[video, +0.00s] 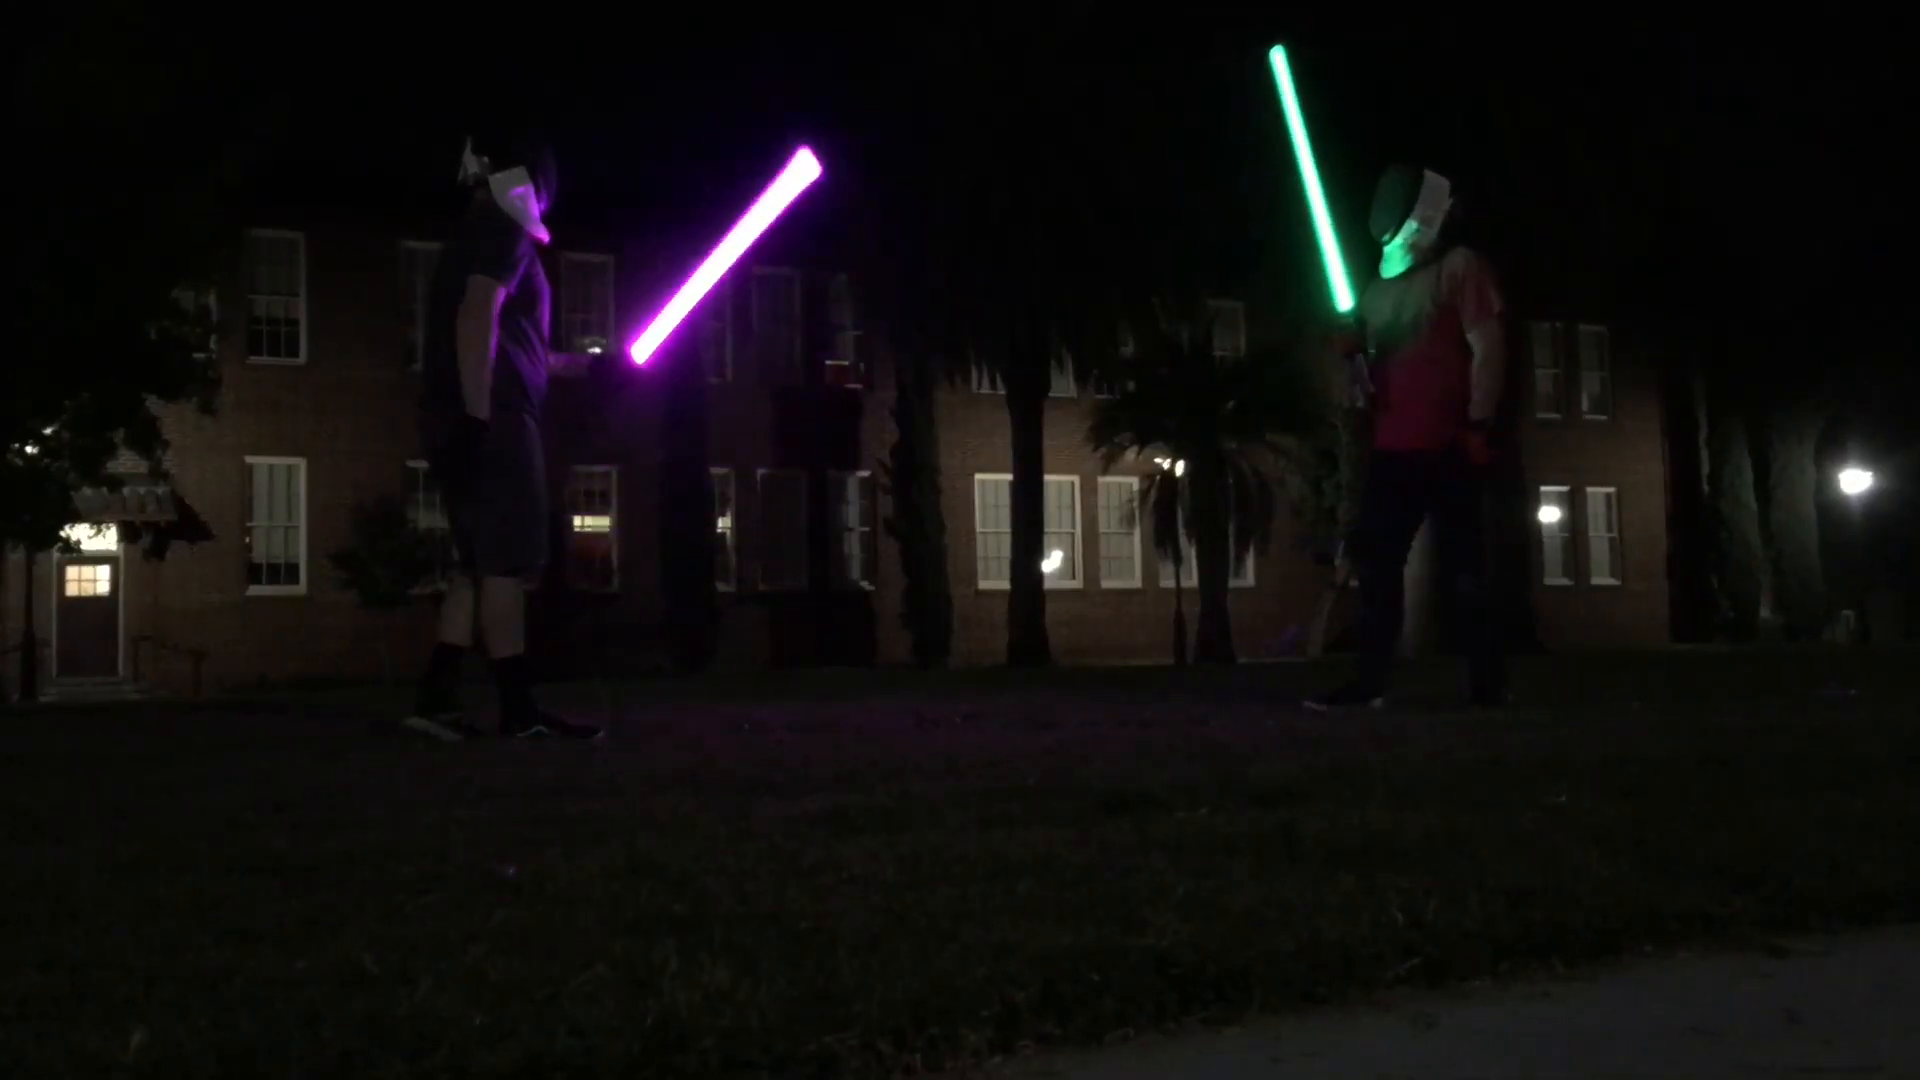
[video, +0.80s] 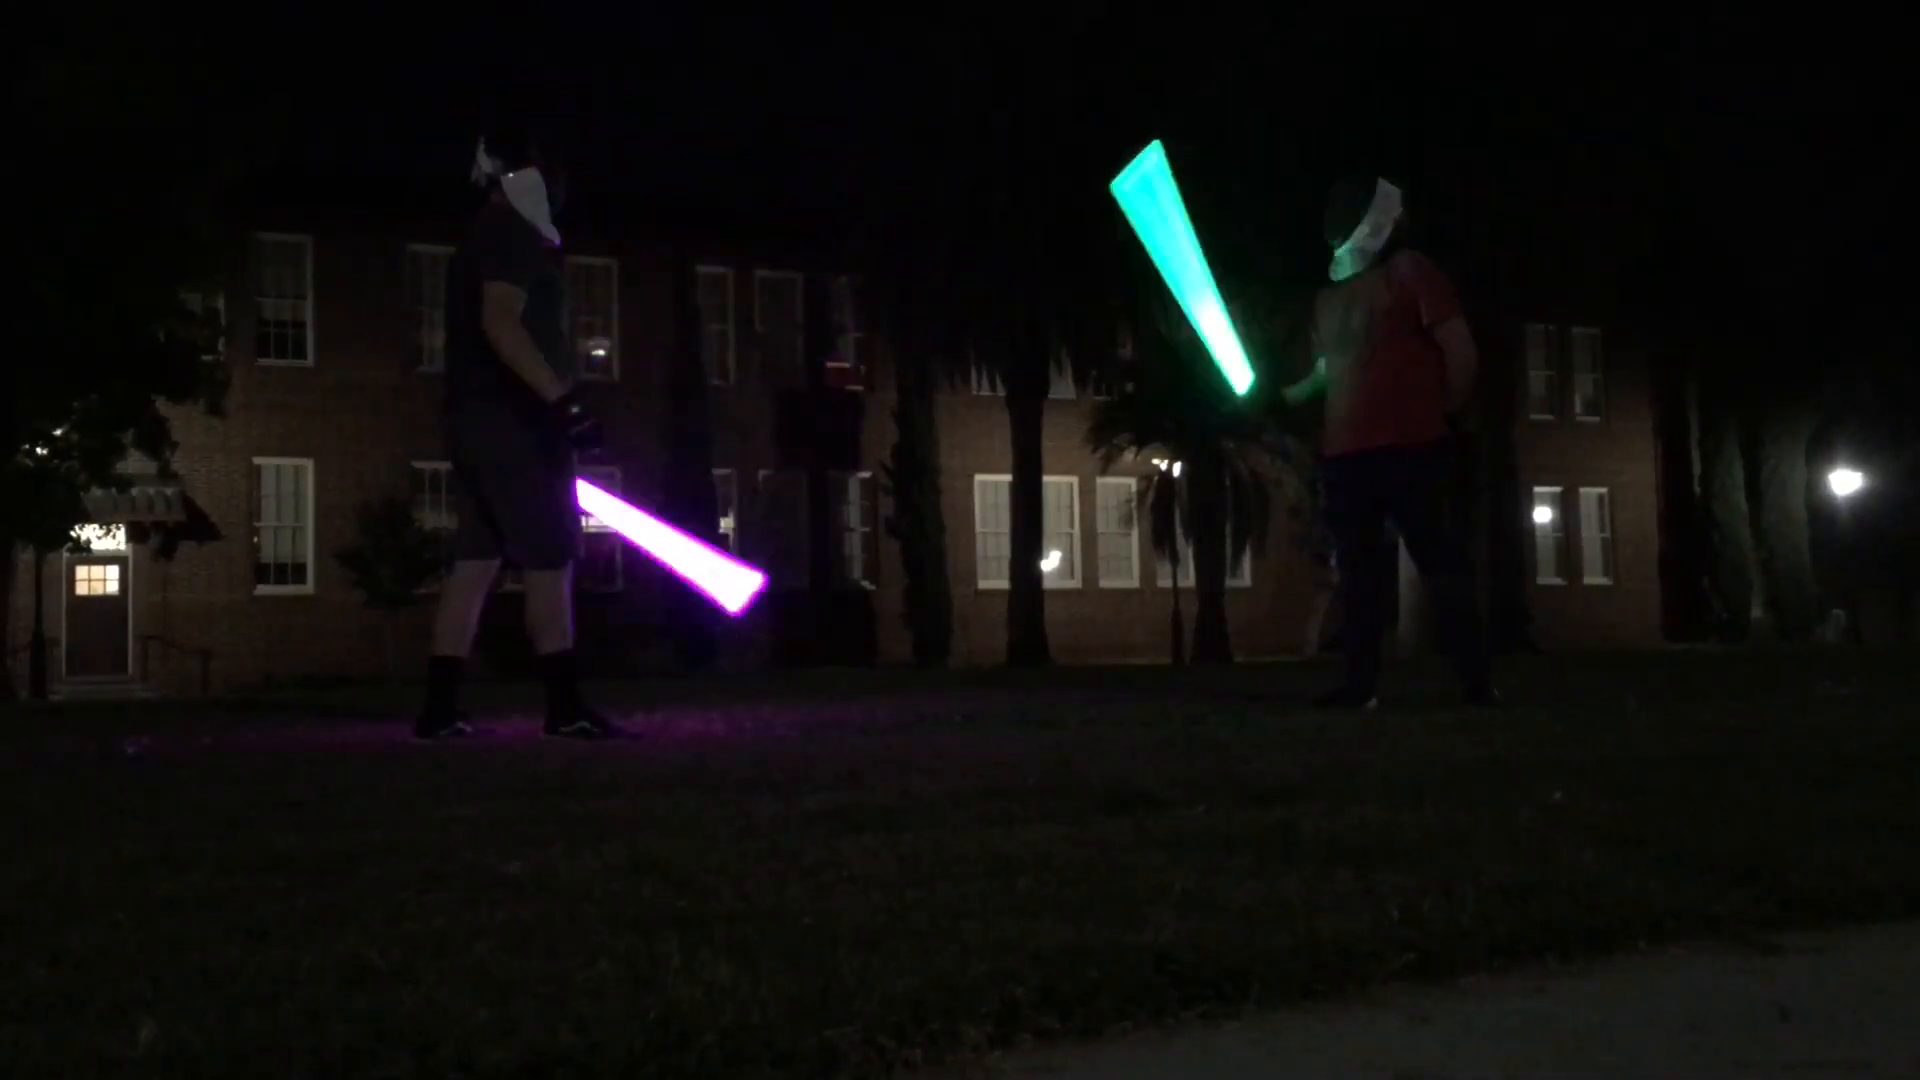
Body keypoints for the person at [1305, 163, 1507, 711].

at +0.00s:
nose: (1387, 237)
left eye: (1397, 225)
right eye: (1385, 227)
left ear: (1425, 221)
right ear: (1389, 226)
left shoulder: (1460, 271)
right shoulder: (1379, 289)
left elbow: (1488, 348)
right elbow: (1361, 392)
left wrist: (1481, 421)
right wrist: (1349, 356)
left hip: (1452, 446)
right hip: (1394, 450)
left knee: (1463, 568)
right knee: (1376, 562)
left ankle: (1481, 679)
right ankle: (1367, 677)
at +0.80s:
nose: (1344, 236)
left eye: (1353, 224)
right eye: (1345, 225)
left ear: (1378, 223)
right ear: (1361, 223)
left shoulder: (1410, 273)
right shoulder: (1335, 292)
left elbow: (1459, 350)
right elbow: (1328, 369)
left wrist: (1446, 405)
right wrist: (1291, 391)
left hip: (1411, 446)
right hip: (1350, 453)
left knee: (1441, 567)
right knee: (1360, 574)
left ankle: (1471, 677)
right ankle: (1356, 681)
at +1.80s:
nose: (1373, 236)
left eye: (1387, 223)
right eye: (1371, 224)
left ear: (1415, 225)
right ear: (1371, 229)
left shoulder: (1440, 279)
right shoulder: (1373, 296)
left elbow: (1421, 358)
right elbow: (1355, 362)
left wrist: (1354, 392)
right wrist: (1323, 381)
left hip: (1439, 453)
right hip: (1382, 455)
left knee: (1451, 570)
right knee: (1351, 556)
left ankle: (1475, 683)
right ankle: (1350, 676)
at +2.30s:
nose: (1368, 262)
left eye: (1382, 252)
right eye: (1366, 250)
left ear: (1407, 260)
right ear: (1360, 258)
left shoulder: (1425, 312)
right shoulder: (1350, 329)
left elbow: (1372, 372)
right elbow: (1316, 393)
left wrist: (1303, 415)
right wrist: (1254, 411)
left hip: (1434, 479)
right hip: (1373, 482)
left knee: (1473, 586)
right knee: (1319, 563)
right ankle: (1311, 682)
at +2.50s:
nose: (1449, 282)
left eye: (1460, 271)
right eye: (1450, 273)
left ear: (1485, 274)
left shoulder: (1502, 310)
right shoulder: (1441, 330)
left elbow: (1431, 331)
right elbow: (1406, 398)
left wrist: (1367, 343)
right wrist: (1338, 392)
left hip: (1495, 482)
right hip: (1436, 485)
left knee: (1548, 598)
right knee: (1373, 584)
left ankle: (1640, 688)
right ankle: (1317, 690)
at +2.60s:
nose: (1491, 275)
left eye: (1502, 266)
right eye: (1486, 267)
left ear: (1527, 262)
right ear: (1484, 271)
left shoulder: (1554, 301)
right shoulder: (1474, 325)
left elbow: (1499, 277)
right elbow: (1444, 359)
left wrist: (1430, 280)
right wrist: (1398, 341)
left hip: (1550, 466)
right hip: (1484, 471)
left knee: (1587, 586)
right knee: (1431, 580)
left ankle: (1644, 687)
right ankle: (1361, 678)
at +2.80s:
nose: (1564, 226)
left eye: (1573, 217)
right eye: (1553, 220)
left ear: (1580, 222)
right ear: (1540, 229)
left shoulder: (1602, 254)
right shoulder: (1522, 280)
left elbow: (1579, 184)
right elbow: (1494, 245)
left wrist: (1516, 154)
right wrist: (1474, 181)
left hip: (1614, 412)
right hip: (1548, 419)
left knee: (1642, 551)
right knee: (1542, 555)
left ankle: (1650, 674)